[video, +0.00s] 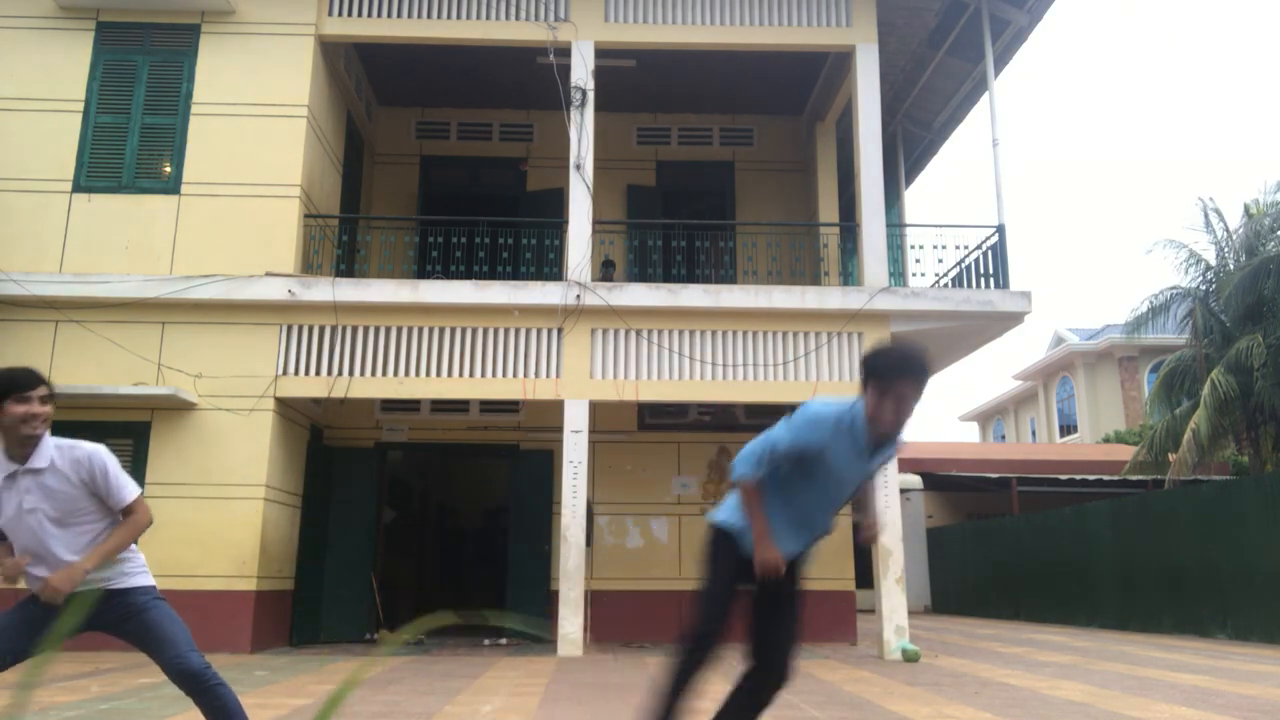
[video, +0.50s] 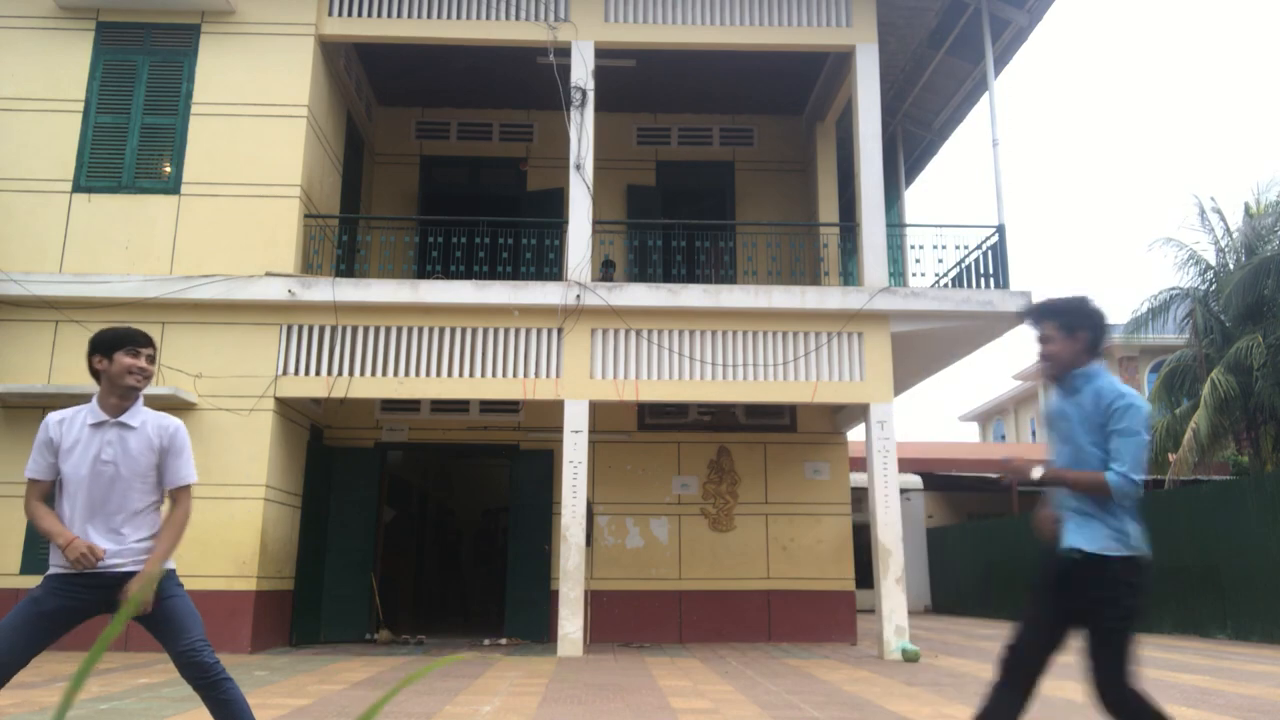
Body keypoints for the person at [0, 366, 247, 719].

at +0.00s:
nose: (36, 410)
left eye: (44, 401)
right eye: (23, 401)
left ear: (52, 407)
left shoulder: (87, 457)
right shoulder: (2, 475)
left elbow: (140, 515)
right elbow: (7, 544)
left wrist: (78, 569)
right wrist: (6, 565)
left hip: (123, 591)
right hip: (51, 599)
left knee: (191, 670)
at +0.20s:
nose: (84, 383)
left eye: (91, 376)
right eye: (71, 374)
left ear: (97, 385)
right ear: (40, 386)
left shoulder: (124, 440)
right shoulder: (13, 455)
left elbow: (160, 507)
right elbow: (6, 527)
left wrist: (87, 549)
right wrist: (52, 535)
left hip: (131, 584)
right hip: (58, 589)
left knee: (192, 669)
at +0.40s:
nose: (130, 368)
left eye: (136, 362)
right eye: (118, 358)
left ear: (140, 372)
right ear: (85, 367)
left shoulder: (157, 432)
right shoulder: (47, 431)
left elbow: (165, 508)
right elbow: (26, 508)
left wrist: (125, 573)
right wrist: (69, 537)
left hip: (143, 576)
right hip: (66, 579)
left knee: (199, 668)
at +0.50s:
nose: (143, 365)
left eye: (149, 359)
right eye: (132, 354)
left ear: (154, 370)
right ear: (100, 363)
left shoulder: (167, 431)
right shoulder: (58, 427)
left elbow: (181, 505)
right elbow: (35, 502)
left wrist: (150, 573)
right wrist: (67, 540)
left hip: (146, 576)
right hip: (72, 578)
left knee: (201, 665)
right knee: (1, 658)